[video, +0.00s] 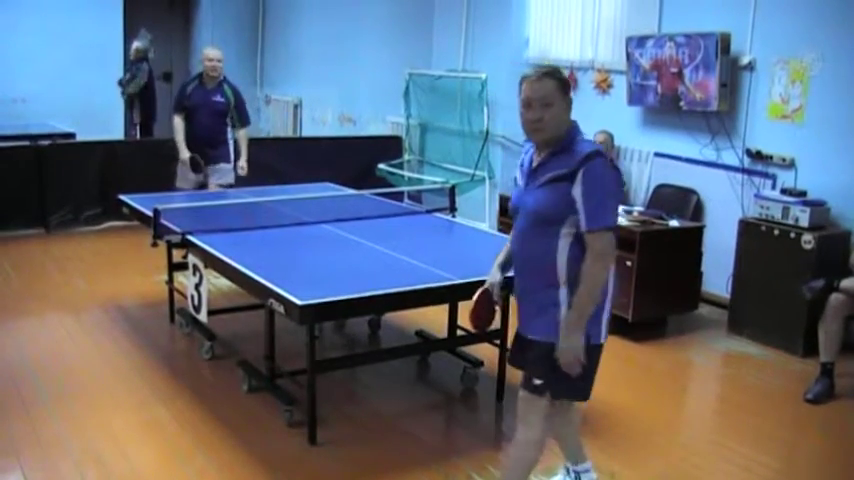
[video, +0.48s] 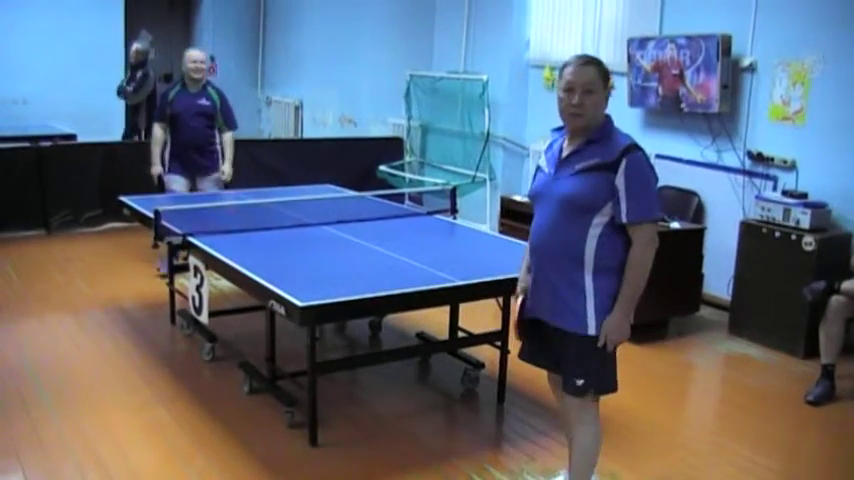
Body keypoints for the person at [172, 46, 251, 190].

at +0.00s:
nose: (214, 65)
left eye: (218, 61)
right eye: (209, 60)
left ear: (223, 64)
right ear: (202, 63)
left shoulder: (231, 91)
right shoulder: (188, 88)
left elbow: (240, 127)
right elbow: (178, 117)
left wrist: (243, 158)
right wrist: (183, 150)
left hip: (220, 157)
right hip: (191, 156)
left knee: (218, 205)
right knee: (183, 204)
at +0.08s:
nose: (214, 63)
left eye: (218, 59)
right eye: (210, 59)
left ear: (222, 63)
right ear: (202, 61)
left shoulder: (230, 91)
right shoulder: (186, 87)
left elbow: (239, 126)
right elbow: (176, 116)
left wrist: (238, 157)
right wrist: (179, 151)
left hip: (219, 160)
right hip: (188, 159)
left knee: (218, 208)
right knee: (180, 208)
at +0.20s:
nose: (213, 62)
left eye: (217, 59)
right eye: (209, 58)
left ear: (221, 63)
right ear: (201, 61)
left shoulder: (229, 92)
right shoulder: (183, 88)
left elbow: (237, 125)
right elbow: (173, 117)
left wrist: (232, 155)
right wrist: (173, 152)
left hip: (217, 159)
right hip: (186, 157)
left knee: (219, 208)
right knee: (177, 207)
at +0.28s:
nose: (211, 63)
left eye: (215, 60)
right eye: (207, 59)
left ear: (220, 64)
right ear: (199, 62)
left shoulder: (227, 92)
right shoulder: (182, 88)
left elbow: (235, 126)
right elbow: (170, 120)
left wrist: (230, 154)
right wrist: (168, 155)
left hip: (215, 160)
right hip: (185, 158)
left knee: (218, 208)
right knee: (179, 206)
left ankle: (218, 252)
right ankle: (175, 249)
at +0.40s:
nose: (204, 66)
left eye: (208, 62)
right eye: (199, 62)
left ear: (213, 66)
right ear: (190, 65)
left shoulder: (221, 95)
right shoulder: (175, 92)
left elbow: (231, 129)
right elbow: (164, 124)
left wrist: (228, 159)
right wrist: (160, 159)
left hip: (212, 163)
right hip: (180, 162)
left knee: (215, 211)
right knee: (176, 210)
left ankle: (216, 256)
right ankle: (171, 253)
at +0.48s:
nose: (197, 67)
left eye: (201, 62)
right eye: (193, 62)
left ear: (208, 66)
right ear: (183, 66)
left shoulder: (216, 95)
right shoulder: (169, 95)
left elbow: (227, 131)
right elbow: (159, 127)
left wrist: (228, 163)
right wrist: (156, 163)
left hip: (209, 165)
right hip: (177, 165)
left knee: (211, 215)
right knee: (174, 215)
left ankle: (210, 260)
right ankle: (169, 259)